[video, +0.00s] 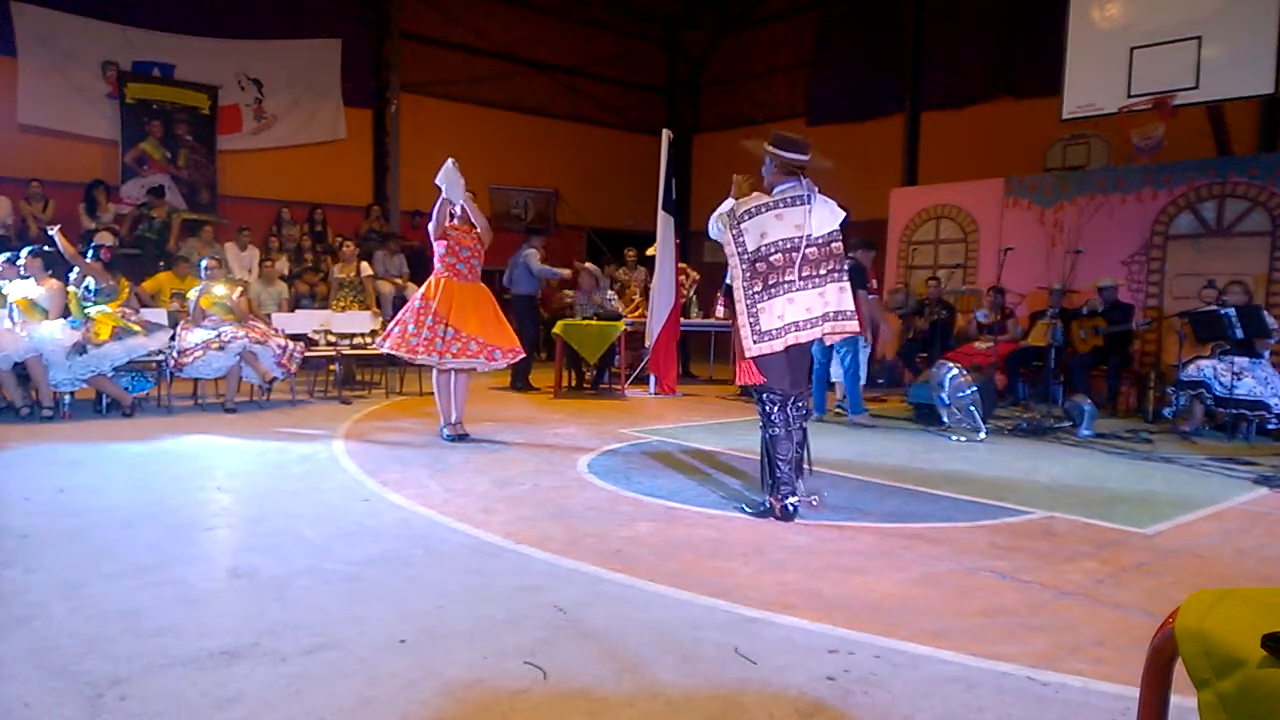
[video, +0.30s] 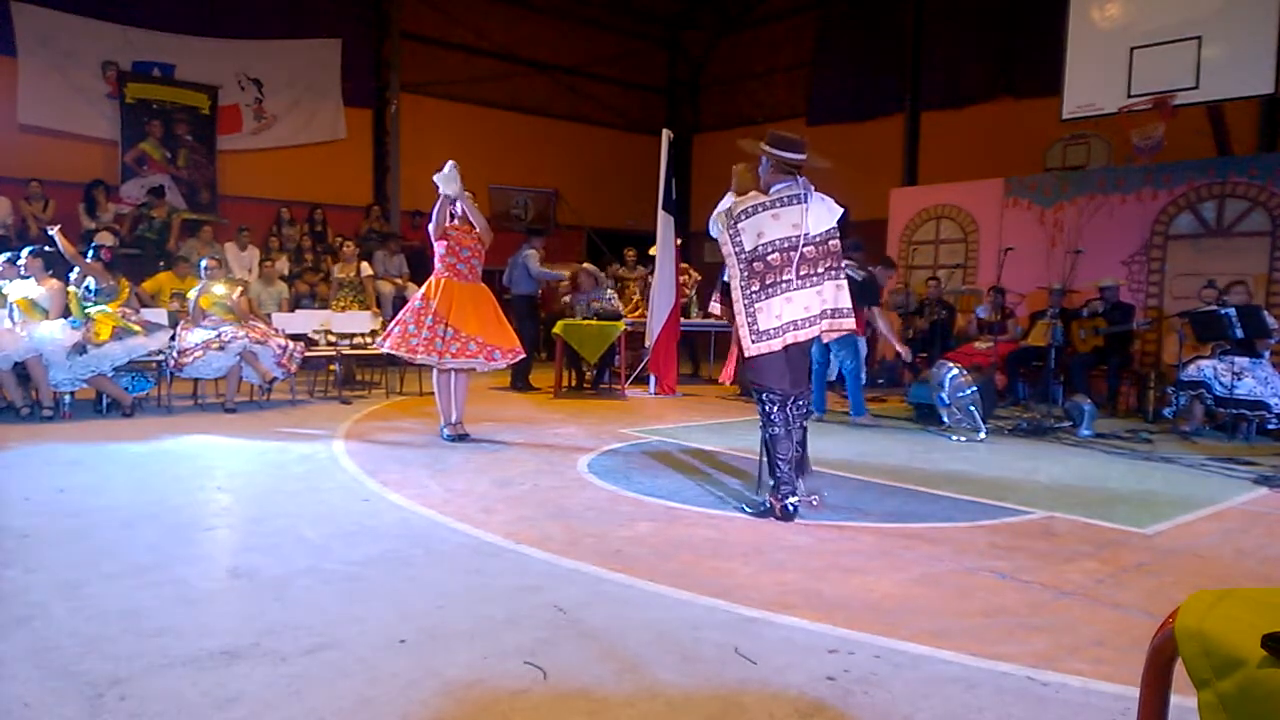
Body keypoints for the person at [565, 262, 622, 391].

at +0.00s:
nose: (583, 280)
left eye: (587, 276)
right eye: (581, 276)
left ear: (595, 279)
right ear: (578, 279)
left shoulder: (606, 294)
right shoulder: (576, 295)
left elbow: (617, 312)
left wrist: (601, 303)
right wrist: (562, 301)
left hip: (601, 331)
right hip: (580, 331)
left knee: (610, 349)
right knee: (571, 346)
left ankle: (597, 380)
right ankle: (579, 378)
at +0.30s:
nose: (581, 281)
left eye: (585, 277)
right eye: (579, 277)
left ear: (594, 279)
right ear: (576, 280)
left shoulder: (608, 294)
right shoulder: (573, 297)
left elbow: (619, 312)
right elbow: (567, 315)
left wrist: (600, 309)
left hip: (602, 331)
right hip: (580, 331)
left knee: (610, 348)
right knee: (570, 344)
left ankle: (597, 381)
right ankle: (579, 377)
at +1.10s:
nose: (594, 276)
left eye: (597, 273)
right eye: (593, 273)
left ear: (605, 278)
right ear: (588, 275)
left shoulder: (612, 297)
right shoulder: (579, 293)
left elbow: (621, 315)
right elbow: (565, 309)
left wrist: (600, 314)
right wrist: (578, 303)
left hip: (603, 332)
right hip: (580, 331)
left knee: (609, 348)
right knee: (571, 345)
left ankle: (597, 381)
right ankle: (579, 379)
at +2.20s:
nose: (595, 276)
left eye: (599, 273)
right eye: (593, 272)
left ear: (606, 277)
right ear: (590, 275)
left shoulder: (613, 296)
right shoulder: (580, 291)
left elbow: (620, 314)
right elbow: (569, 305)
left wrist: (606, 303)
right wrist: (583, 299)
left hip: (603, 329)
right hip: (582, 327)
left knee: (610, 348)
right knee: (570, 345)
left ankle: (597, 379)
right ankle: (579, 376)